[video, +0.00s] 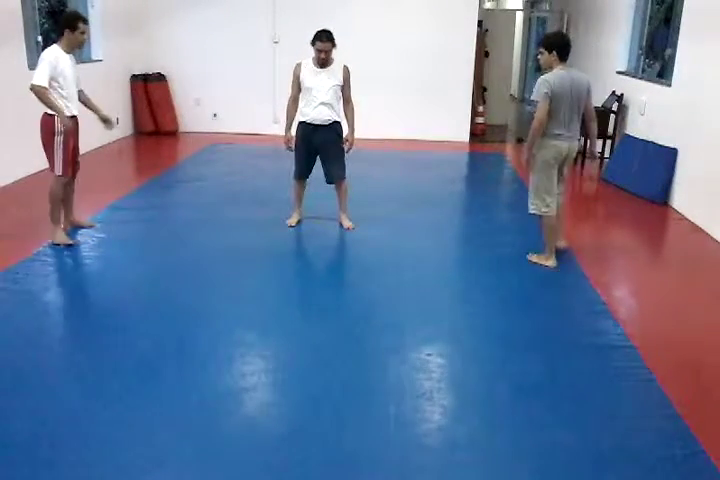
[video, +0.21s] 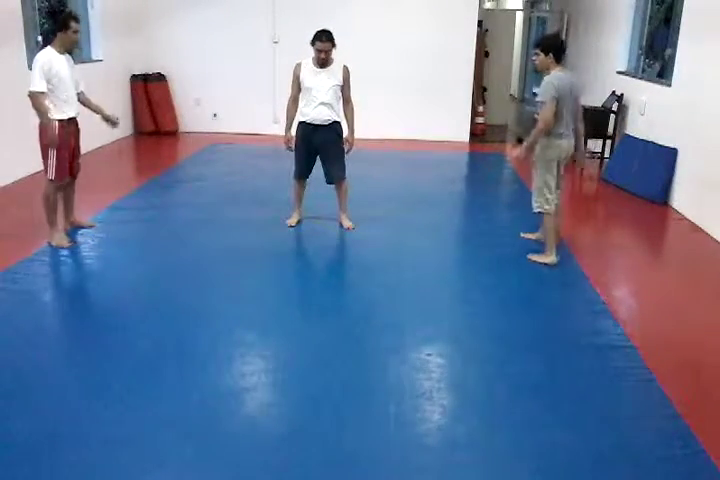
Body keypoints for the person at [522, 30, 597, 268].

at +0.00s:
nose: (539, 58)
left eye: (541, 53)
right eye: (539, 53)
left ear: (553, 55)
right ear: (563, 55)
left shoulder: (547, 81)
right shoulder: (582, 80)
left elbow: (540, 120)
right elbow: (590, 117)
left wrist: (528, 148)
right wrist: (593, 147)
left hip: (550, 143)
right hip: (570, 144)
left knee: (546, 199)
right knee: (558, 192)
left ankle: (549, 253)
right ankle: (559, 237)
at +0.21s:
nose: (534, 59)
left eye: (538, 55)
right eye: (534, 55)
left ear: (550, 56)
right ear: (556, 56)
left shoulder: (550, 82)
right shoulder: (570, 79)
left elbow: (546, 121)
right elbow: (577, 118)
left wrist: (525, 146)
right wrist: (580, 147)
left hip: (550, 142)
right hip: (566, 141)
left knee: (546, 196)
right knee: (551, 189)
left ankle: (550, 252)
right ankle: (545, 231)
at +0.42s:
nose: (533, 57)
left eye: (537, 52)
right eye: (533, 52)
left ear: (549, 52)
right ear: (548, 53)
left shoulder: (557, 77)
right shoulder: (552, 75)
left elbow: (562, 113)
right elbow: (558, 110)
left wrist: (546, 126)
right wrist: (544, 122)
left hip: (555, 135)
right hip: (551, 133)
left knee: (542, 188)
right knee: (545, 185)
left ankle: (559, 237)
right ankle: (545, 231)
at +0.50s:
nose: (533, 56)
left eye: (537, 51)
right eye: (533, 51)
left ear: (550, 51)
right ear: (548, 52)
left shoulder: (560, 75)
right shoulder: (551, 75)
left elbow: (565, 107)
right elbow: (554, 107)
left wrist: (562, 135)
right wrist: (544, 133)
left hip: (555, 133)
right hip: (547, 131)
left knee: (542, 187)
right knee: (543, 186)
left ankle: (565, 231)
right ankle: (544, 231)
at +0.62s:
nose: (537, 55)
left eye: (541, 51)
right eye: (536, 51)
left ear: (554, 52)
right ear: (548, 53)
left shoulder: (566, 74)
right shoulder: (549, 74)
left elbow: (574, 109)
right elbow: (549, 108)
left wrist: (575, 144)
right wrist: (532, 121)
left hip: (559, 133)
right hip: (544, 131)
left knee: (551, 187)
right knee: (541, 188)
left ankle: (570, 218)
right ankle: (544, 230)